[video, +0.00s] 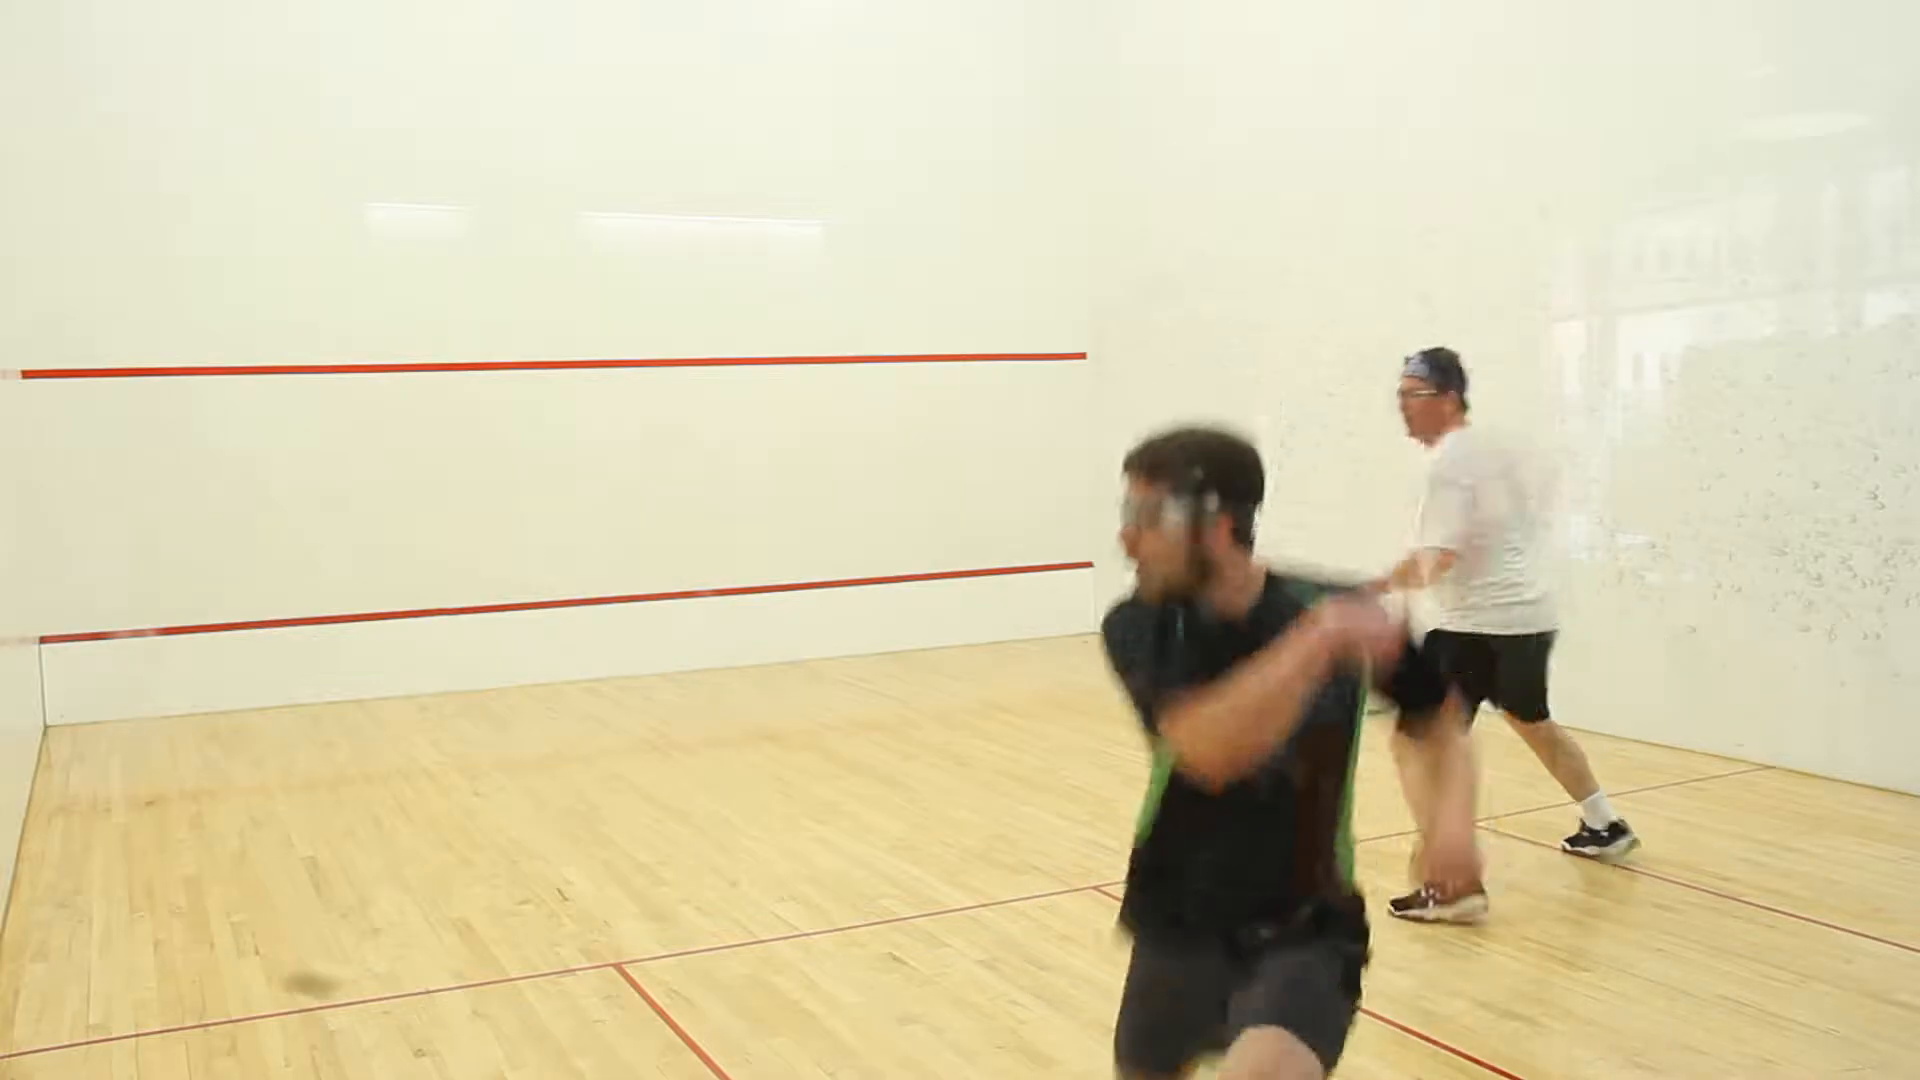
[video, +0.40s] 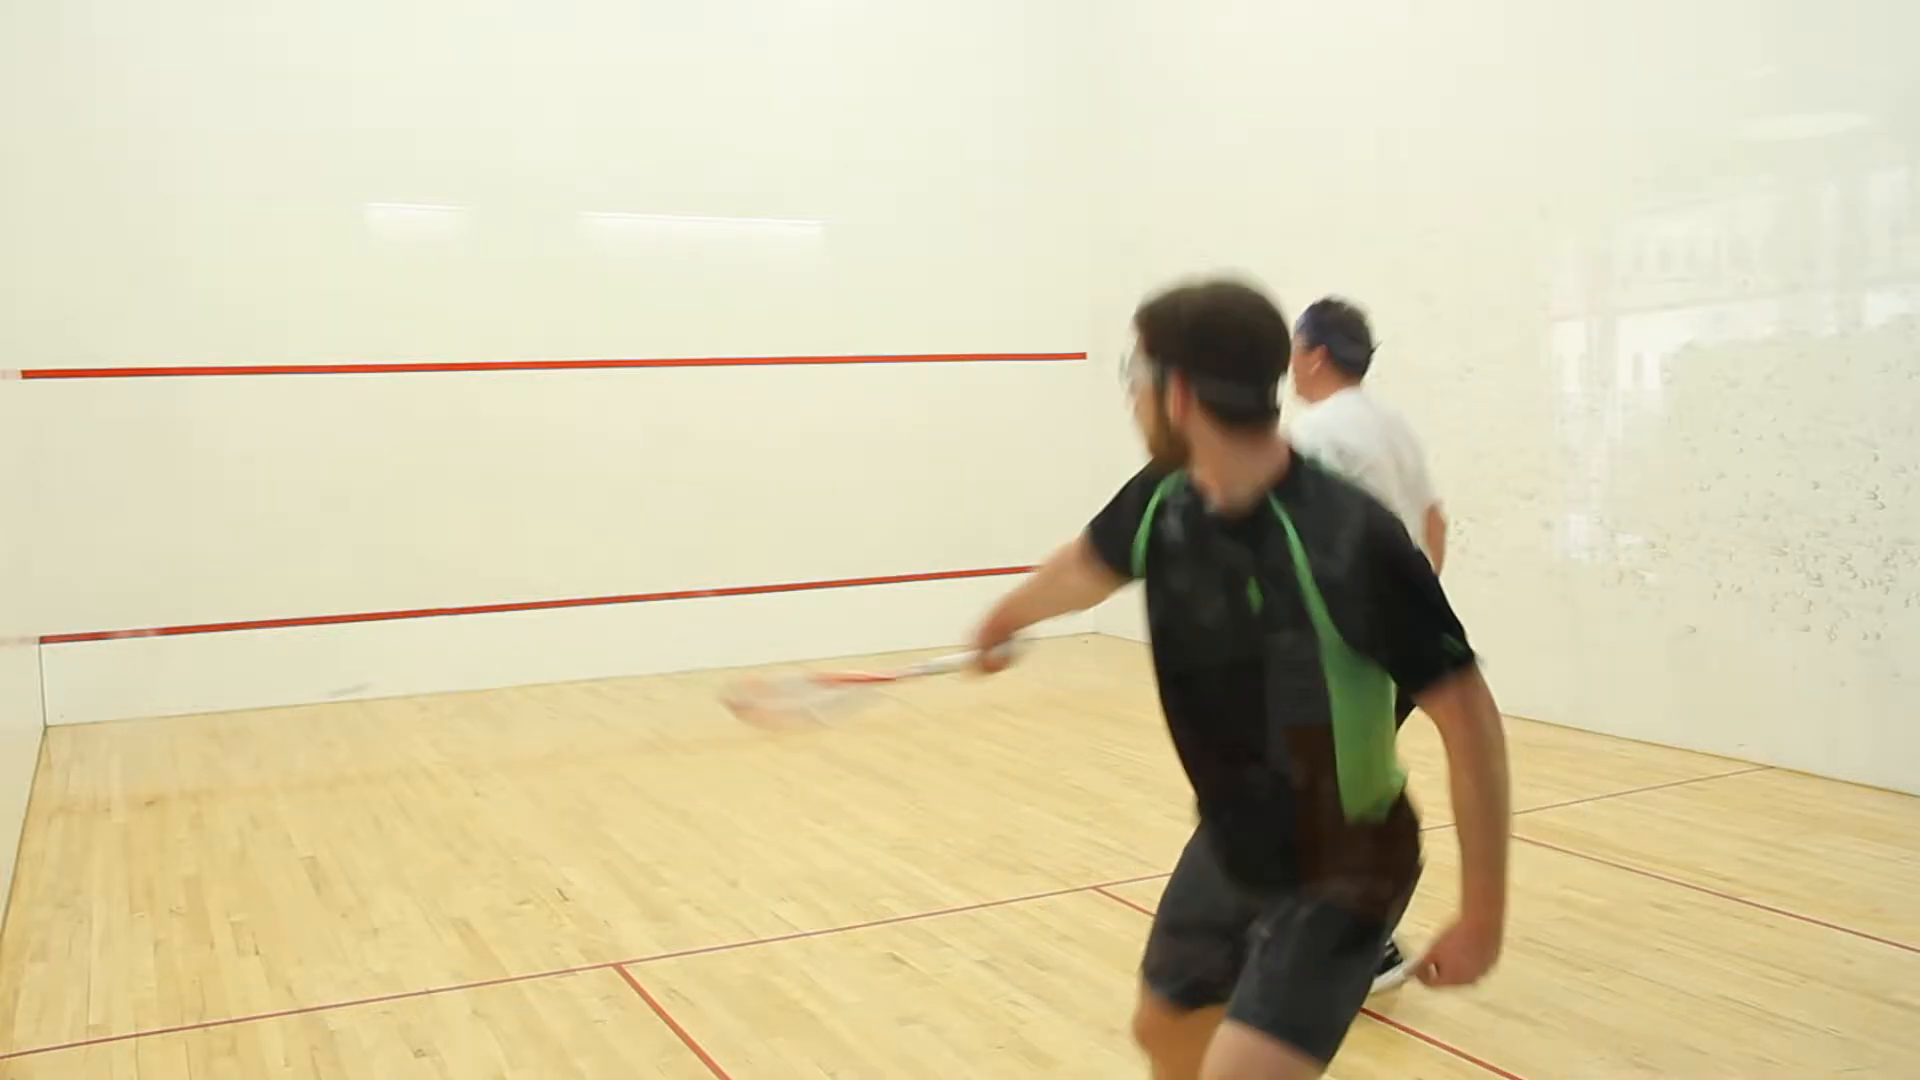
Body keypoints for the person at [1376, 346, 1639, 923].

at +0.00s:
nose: (1401, 407)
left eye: (1411, 396)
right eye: (1401, 396)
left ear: (1449, 399)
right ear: (1449, 401)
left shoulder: (1453, 462)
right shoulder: (1503, 449)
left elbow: (1437, 555)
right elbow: (1532, 522)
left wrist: (1380, 585)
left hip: (1470, 626)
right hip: (1528, 620)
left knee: (1424, 738)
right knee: (1531, 719)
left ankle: (1451, 879)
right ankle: (1604, 823)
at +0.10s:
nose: (1368, 395)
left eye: (1376, 382)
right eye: (1368, 382)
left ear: (1413, 386)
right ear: (1423, 388)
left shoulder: (1410, 449)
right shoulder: (1461, 443)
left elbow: (1403, 539)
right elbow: (1495, 526)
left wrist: (1343, 567)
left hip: (1447, 627)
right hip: (1502, 617)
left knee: (1398, 751)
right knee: (1505, 721)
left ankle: (1456, 885)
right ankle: (1559, 828)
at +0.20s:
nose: (1340, 357)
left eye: (1350, 346)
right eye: (1342, 345)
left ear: (1386, 351)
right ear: (1392, 354)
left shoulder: (1381, 408)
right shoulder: (1431, 409)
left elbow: (1377, 496)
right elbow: (1449, 499)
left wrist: (1321, 536)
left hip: (1419, 608)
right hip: (1472, 602)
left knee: (1407, 744)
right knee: (1449, 720)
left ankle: (1438, 876)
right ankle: (1482, 846)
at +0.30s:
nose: (1314, 343)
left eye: (1322, 332)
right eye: (1316, 331)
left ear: (1354, 336)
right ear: (1370, 339)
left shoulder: (1356, 392)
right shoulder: (1411, 396)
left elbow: (1347, 477)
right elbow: (1457, 498)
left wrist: (1295, 524)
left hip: (1402, 596)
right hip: (1444, 591)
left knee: (1380, 739)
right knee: (1400, 741)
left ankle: (1411, 890)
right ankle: (1414, 884)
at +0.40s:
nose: (1288, 363)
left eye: (1294, 351)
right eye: (1293, 351)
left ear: (1315, 357)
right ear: (1358, 360)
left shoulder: (1310, 435)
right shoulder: (1395, 425)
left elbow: (1294, 543)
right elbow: (1432, 525)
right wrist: (1418, 609)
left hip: (1333, 646)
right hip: (1398, 646)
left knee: (1321, 784)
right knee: (1363, 777)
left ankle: (1369, 938)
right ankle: (1375, 931)